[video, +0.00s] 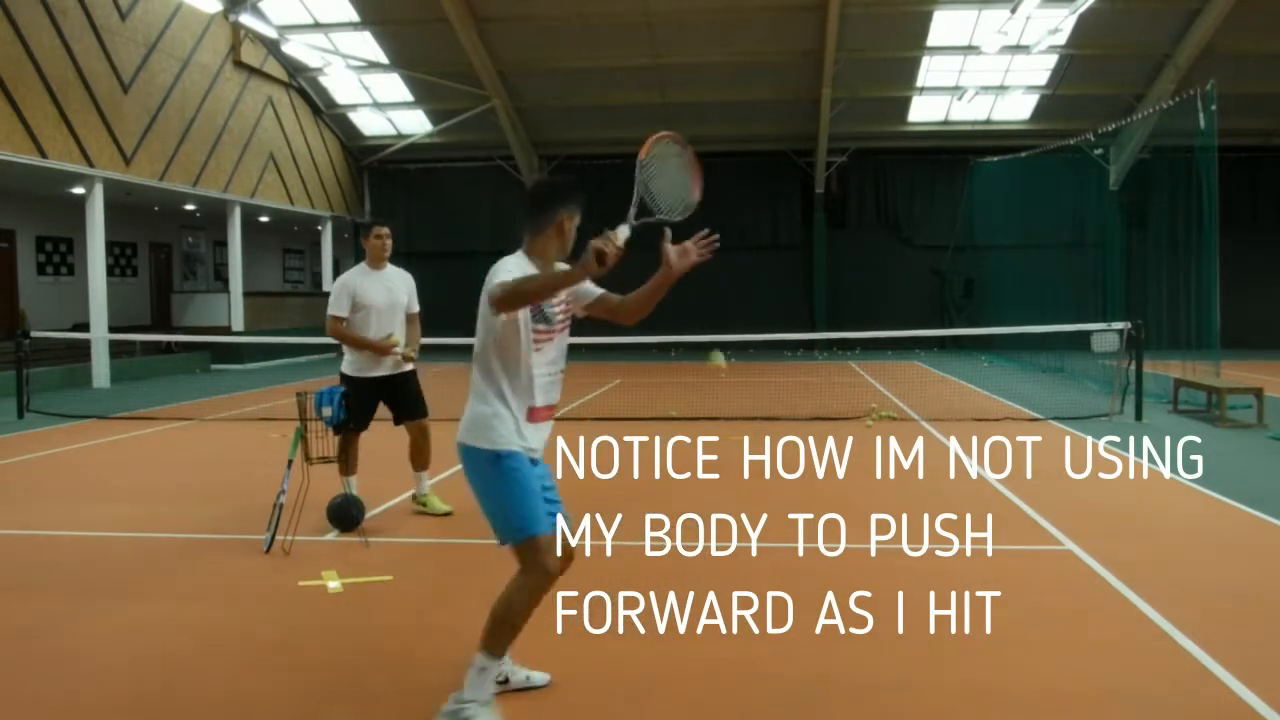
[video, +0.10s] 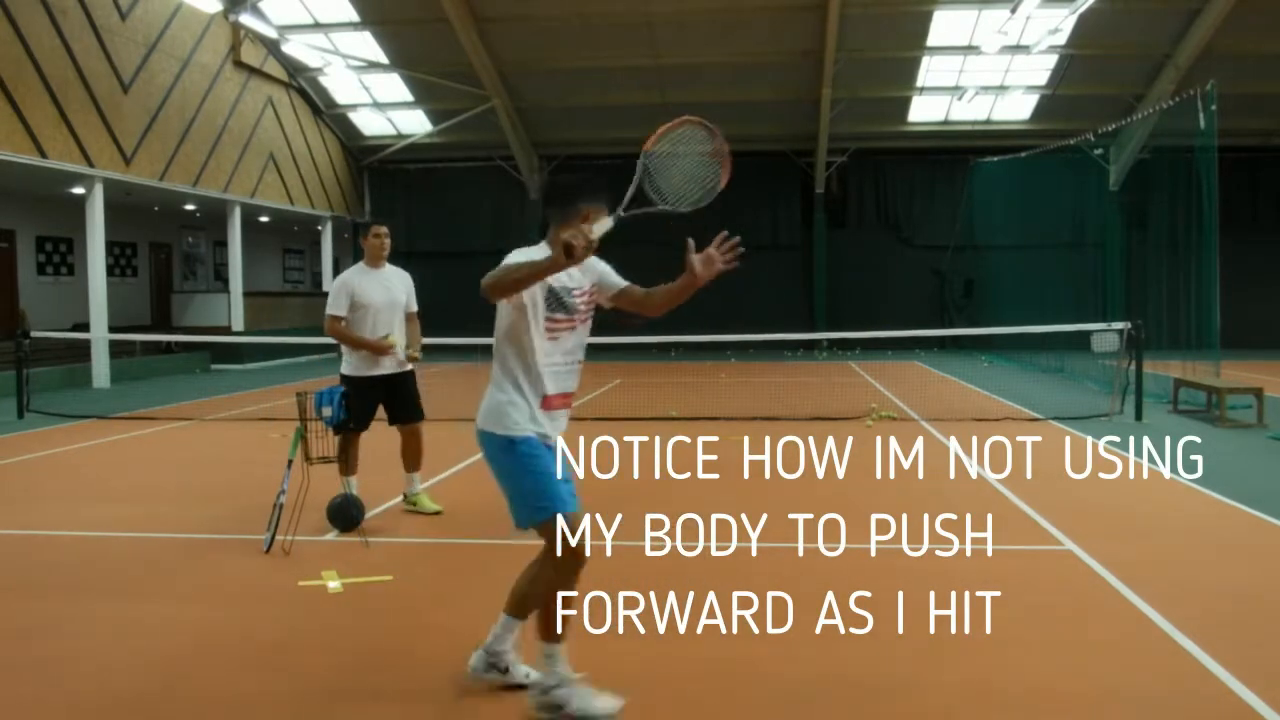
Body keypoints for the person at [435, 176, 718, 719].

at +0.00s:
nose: (576, 232)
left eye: (576, 226)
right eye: (575, 224)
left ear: (543, 223)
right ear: (563, 222)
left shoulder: (564, 280)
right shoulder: (507, 271)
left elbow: (625, 311)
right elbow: (504, 299)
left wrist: (668, 272)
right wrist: (580, 272)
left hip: (526, 441)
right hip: (493, 439)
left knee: (560, 552)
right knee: (539, 564)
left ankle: (494, 663)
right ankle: (471, 695)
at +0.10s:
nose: (594, 236)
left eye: (600, 229)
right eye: (589, 225)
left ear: (600, 232)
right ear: (563, 221)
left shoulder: (592, 269)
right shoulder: (525, 260)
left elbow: (644, 303)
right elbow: (492, 289)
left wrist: (692, 278)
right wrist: (553, 262)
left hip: (547, 427)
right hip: (512, 426)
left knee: (565, 546)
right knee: (571, 544)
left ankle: (494, 652)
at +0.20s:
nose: (626, 240)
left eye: (628, 231)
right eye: (621, 230)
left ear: (614, 235)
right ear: (596, 231)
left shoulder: (614, 277)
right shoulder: (546, 268)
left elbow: (664, 312)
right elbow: (495, 300)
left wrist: (719, 309)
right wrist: (539, 279)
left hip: (563, 430)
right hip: (529, 429)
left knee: (590, 535)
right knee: (603, 534)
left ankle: (517, 619)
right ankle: (616, 676)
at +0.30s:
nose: (642, 263)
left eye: (643, 255)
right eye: (638, 254)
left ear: (618, 258)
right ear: (618, 256)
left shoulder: (631, 299)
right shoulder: (565, 294)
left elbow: (683, 334)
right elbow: (514, 334)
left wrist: (753, 351)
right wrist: (532, 322)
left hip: (573, 441)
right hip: (544, 442)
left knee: (613, 524)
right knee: (633, 540)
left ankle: (567, 611)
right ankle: (624, 680)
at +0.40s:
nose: (657, 275)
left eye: (656, 266)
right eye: (652, 266)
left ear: (631, 272)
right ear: (630, 270)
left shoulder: (645, 310)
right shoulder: (578, 312)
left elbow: (704, 351)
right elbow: (534, 378)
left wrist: (772, 386)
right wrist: (547, 364)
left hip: (583, 445)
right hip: (555, 448)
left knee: (639, 528)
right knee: (639, 539)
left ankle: (608, 611)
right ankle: (624, 680)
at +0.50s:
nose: (664, 280)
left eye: (664, 271)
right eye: (658, 270)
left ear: (648, 273)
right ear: (632, 270)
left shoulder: (655, 314)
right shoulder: (588, 320)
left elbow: (711, 352)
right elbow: (565, 380)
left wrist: (778, 393)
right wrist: (550, 417)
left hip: (600, 442)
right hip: (565, 445)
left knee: (656, 522)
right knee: (631, 535)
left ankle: (613, 610)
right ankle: (625, 678)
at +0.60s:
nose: (666, 269)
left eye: (667, 260)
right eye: (661, 260)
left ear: (653, 262)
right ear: (636, 261)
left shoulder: (655, 299)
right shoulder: (603, 319)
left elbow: (680, 333)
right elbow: (598, 396)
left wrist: (718, 361)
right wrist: (582, 449)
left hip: (611, 437)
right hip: (585, 442)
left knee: (656, 514)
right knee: (634, 537)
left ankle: (615, 610)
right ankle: (624, 670)